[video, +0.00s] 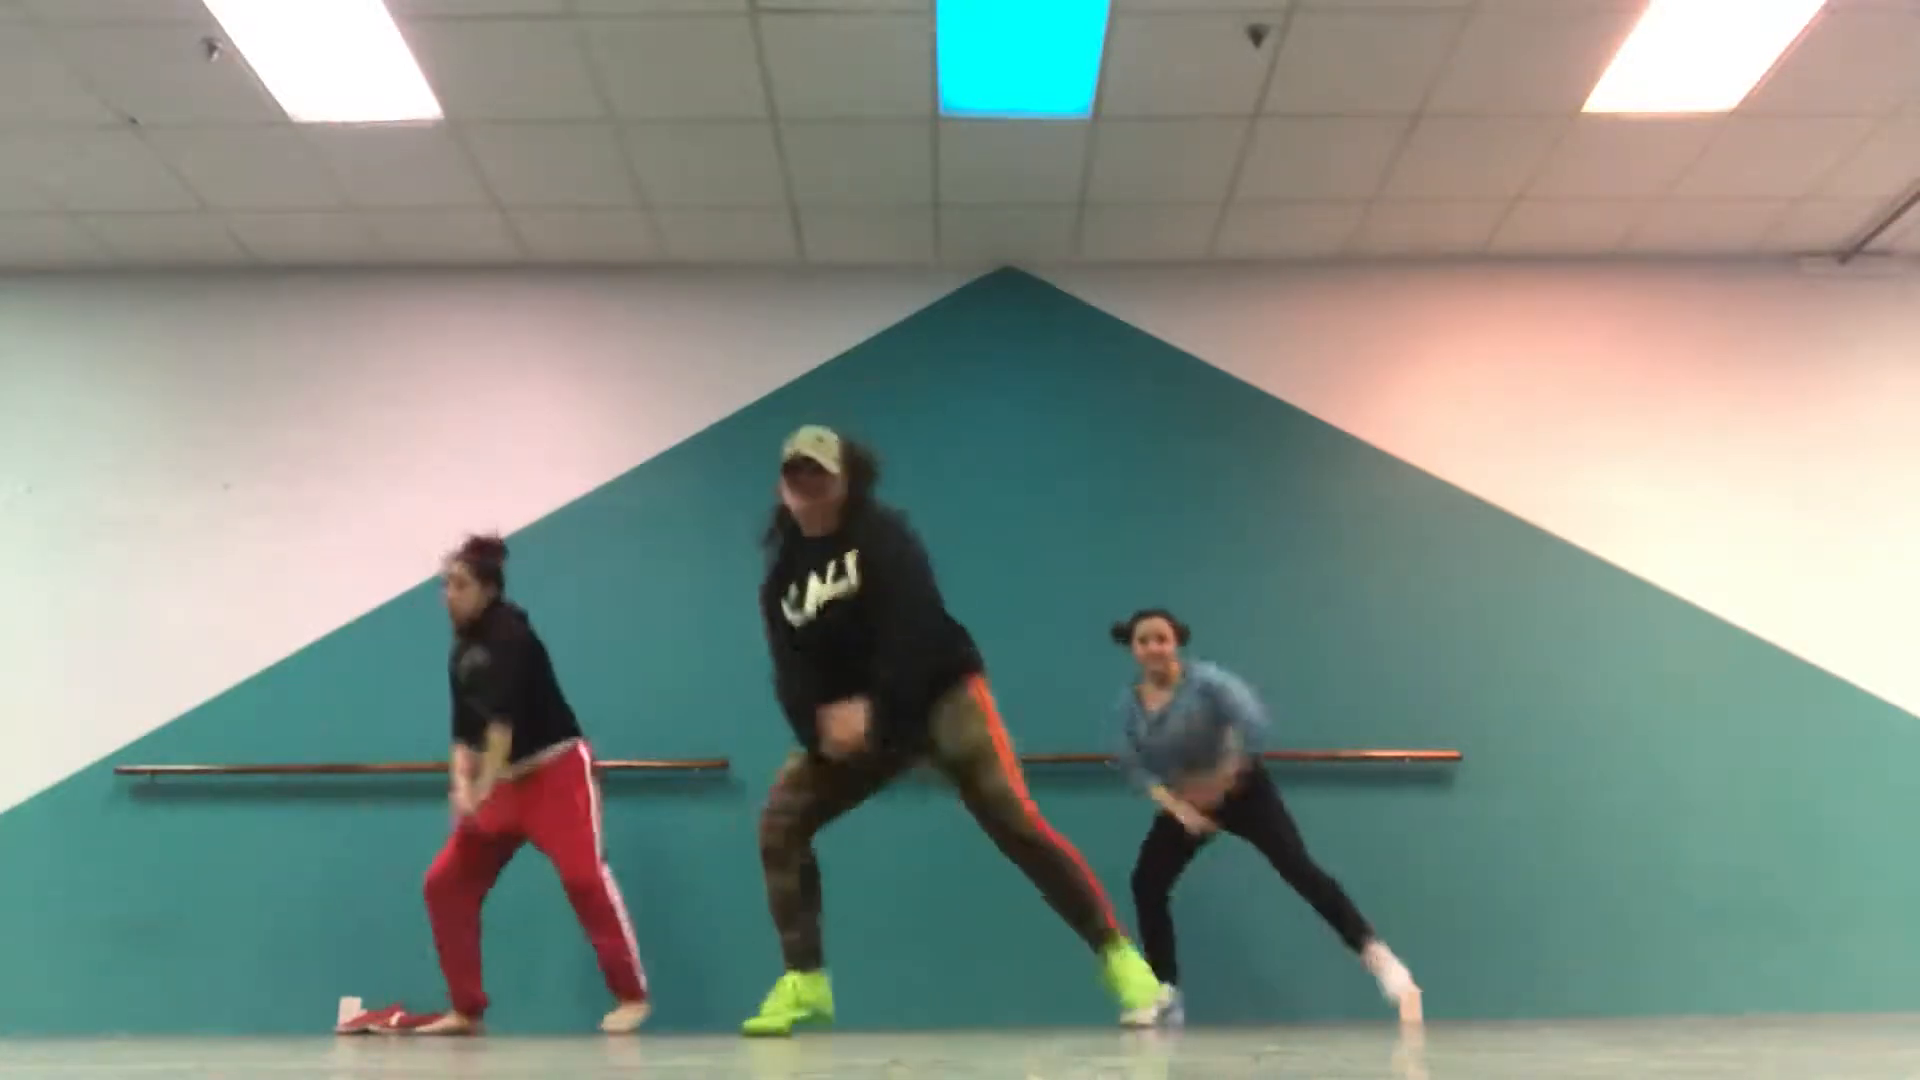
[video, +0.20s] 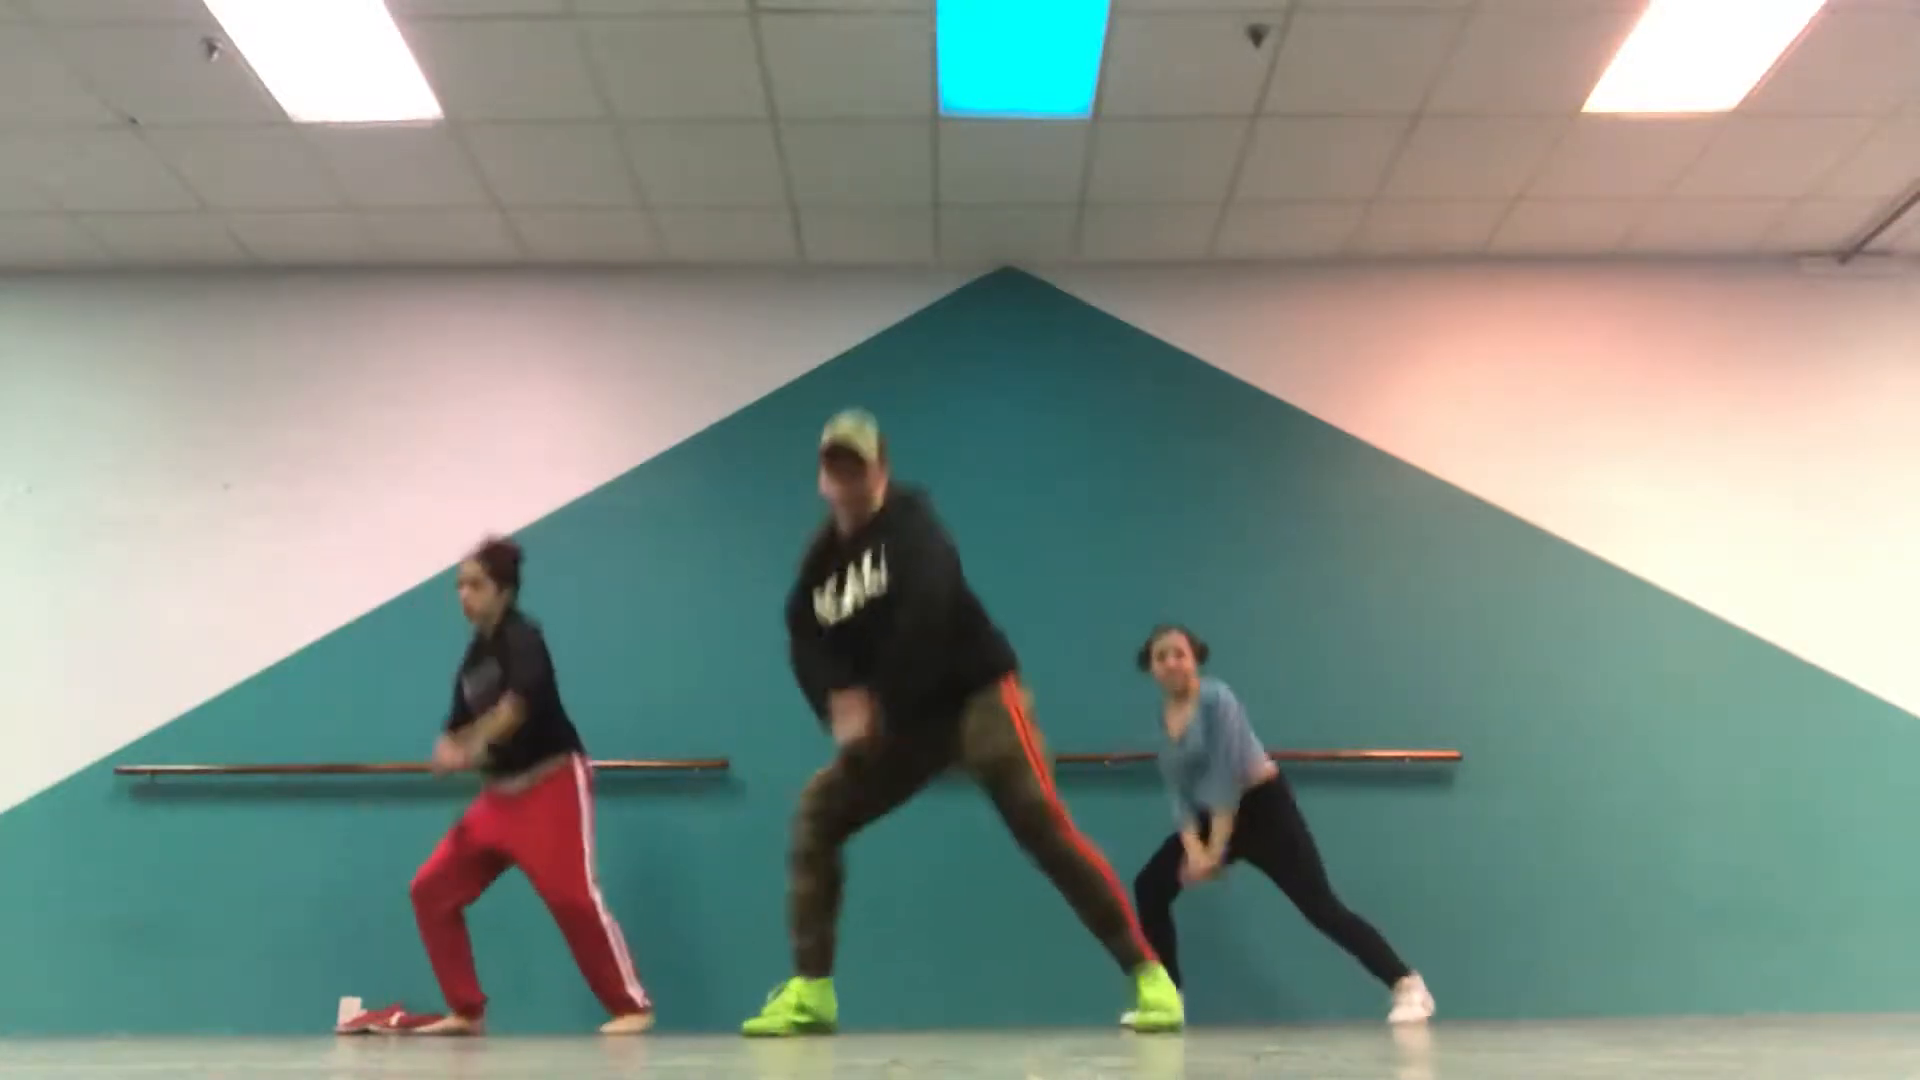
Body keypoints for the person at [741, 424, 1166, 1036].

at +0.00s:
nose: (803, 489)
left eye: (817, 476)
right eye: (792, 477)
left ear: (847, 483)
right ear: (781, 488)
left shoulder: (883, 535)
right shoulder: (781, 576)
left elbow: (913, 628)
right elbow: (789, 667)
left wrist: (878, 709)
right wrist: (817, 723)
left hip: (944, 696)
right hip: (864, 719)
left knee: (1013, 822)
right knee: (781, 824)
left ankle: (1118, 957)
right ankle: (805, 981)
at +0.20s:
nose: (843, 481)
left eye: (855, 468)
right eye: (833, 469)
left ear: (880, 471)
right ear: (821, 478)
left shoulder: (910, 520)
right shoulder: (822, 558)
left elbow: (925, 610)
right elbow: (805, 638)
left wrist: (877, 693)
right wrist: (837, 698)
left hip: (979, 695)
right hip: (904, 716)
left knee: (1038, 821)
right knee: (819, 814)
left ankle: (1147, 975)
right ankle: (811, 988)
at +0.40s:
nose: (879, 450)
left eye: (890, 438)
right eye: (869, 440)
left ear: (914, 441)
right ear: (853, 450)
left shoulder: (936, 489)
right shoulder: (835, 518)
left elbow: (938, 466)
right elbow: (758, 498)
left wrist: (862, 488)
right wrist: (812, 499)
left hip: (986, 655)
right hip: (917, 689)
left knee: (944, 731)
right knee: (925, 839)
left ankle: (1054, 779)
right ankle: (993, 972)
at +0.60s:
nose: (894, 438)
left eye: (907, 429)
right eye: (884, 428)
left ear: (928, 442)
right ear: (867, 438)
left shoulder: (956, 499)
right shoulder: (840, 509)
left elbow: (957, 581)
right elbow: (783, 582)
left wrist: (877, 626)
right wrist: (814, 639)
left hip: (973, 668)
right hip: (904, 685)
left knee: (903, 746)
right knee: (947, 842)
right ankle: (1007, 974)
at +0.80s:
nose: (873, 438)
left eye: (887, 429)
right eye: (865, 426)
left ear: (908, 444)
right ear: (847, 435)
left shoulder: (933, 525)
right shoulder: (809, 516)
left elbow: (939, 625)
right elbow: (800, 619)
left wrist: (897, 709)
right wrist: (821, 708)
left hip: (924, 694)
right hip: (853, 699)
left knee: (871, 822)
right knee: (933, 848)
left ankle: (818, 979)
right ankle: (1008, 980)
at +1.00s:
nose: (818, 410)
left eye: (833, 399)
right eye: (809, 397)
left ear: (857, 407)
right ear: (792, 402)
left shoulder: (882, 475)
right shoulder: (755, 468)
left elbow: (932, 539)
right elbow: (699, 525)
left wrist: (843, 536)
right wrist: (771, 533)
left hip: (859, 664)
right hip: (780, 670)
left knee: (814, 797)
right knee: (755, 800)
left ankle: (812, 975)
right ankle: (874, 877)